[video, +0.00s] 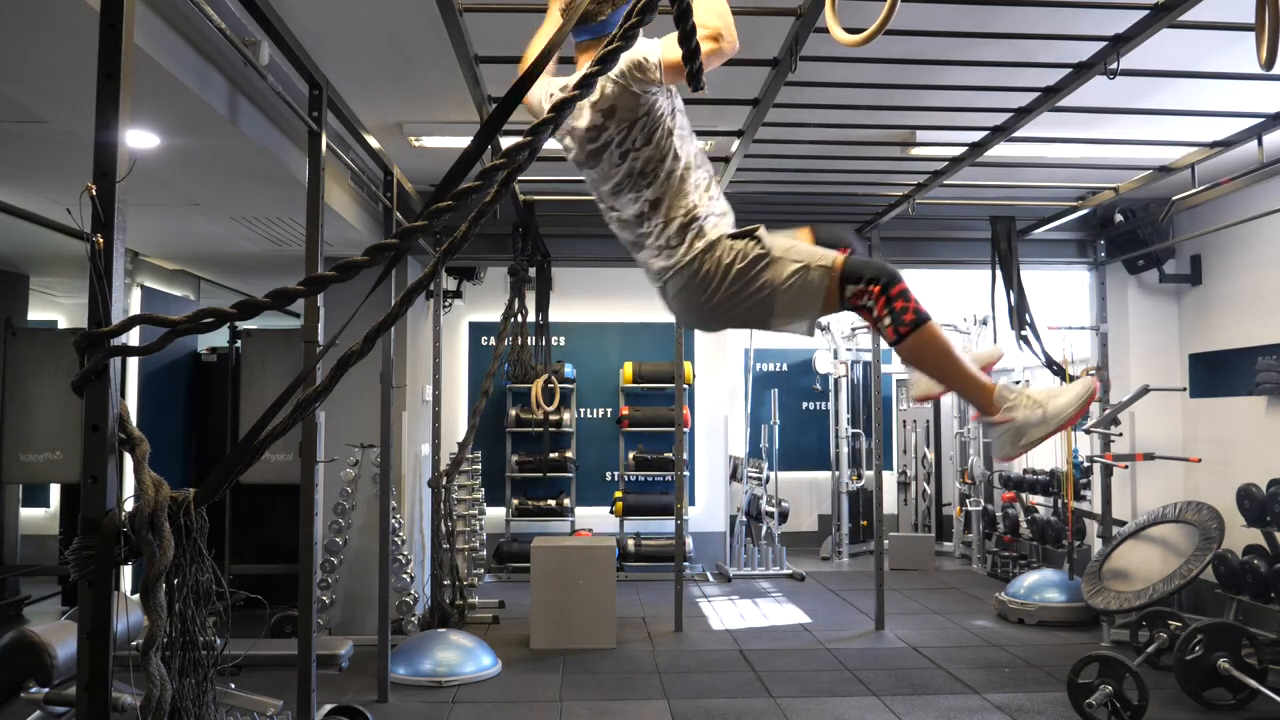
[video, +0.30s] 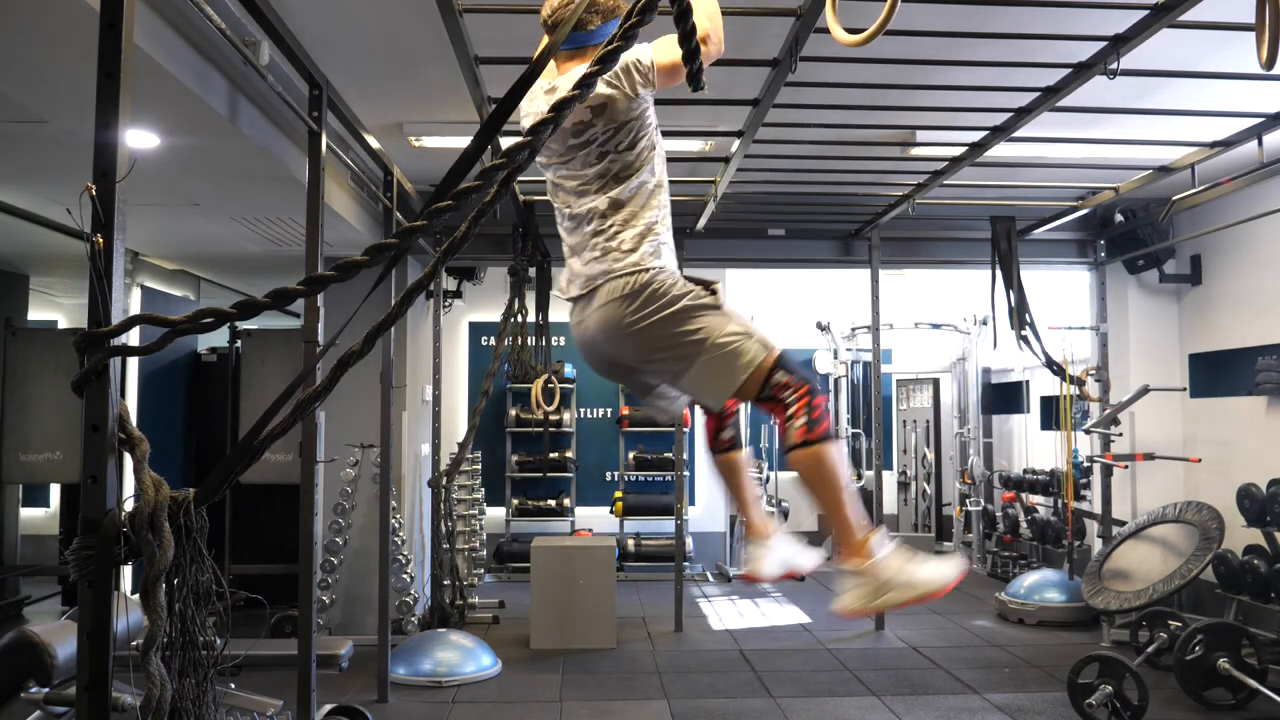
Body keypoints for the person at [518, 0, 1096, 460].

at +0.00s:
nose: (634, 29)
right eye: (629, 23)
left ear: (578, 41)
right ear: (620, 28)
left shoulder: (575, 102)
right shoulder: (628, 72)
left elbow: (532, 90)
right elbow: (720, 39)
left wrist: (550, 25)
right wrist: (703, 8)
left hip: (694, 265)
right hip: (709, 266)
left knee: (829, 243)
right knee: (869, 279)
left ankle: (936, 364)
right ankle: (1003, 411)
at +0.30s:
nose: (627, 29)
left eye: (623, 23)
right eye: (622, 21)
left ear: (553, 37)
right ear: (609, 28)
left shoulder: (539, 103)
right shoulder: (618, 70)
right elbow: (707, 40)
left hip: (586, 316)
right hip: (638, 291)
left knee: (718, 400)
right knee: (795, 392)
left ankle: (762, 540)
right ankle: (863, 558)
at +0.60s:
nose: (621, 28)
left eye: (617, 22)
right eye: (617, 20)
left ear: (553, 26)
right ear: (609, 25)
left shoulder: (521, 102)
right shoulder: (616, 75)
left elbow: (537, 61)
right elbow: (696, 49)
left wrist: (562, 21)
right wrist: (694, 2)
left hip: (542, 302)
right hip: (603, 290)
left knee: (596, 452)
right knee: (667, 448)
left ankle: (560, 601)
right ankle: (626, 621)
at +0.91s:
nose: (631, 76)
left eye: (623, 68)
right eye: (626, 68)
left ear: (560, 81)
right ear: (611, 76)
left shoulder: (539, 143)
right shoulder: (628, 115)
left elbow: (551, 89)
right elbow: (698, 45)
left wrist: (565, 40)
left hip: (555, 350)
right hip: (623, 350)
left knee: (555, 503)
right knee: (647, 517)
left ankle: (529, 655)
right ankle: (616, 686)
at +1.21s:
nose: (660, 115)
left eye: (653, 109)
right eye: (653, 111)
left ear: (591, 124)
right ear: (642, 123)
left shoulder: (575, 171)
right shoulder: (657, 160)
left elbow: (577, 89)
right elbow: (700, 65)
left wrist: (569, 19)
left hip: (594, 371)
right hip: (660, 374)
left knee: (556, 511)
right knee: (739, 507)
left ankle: (478, 585)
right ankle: (754, 647)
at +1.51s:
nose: (667, 146)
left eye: (628, 138)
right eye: (671, 136)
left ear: (621, 142)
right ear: (676, 138)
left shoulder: (605, 181)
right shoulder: (703, 178)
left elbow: (586, 96)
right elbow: (704, 114)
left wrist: (571, 24)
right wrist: (684, 63)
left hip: (625, 363)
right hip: (695, 374)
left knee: (516, 409)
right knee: (676, 513)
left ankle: (471, 506)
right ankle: (699, 615)